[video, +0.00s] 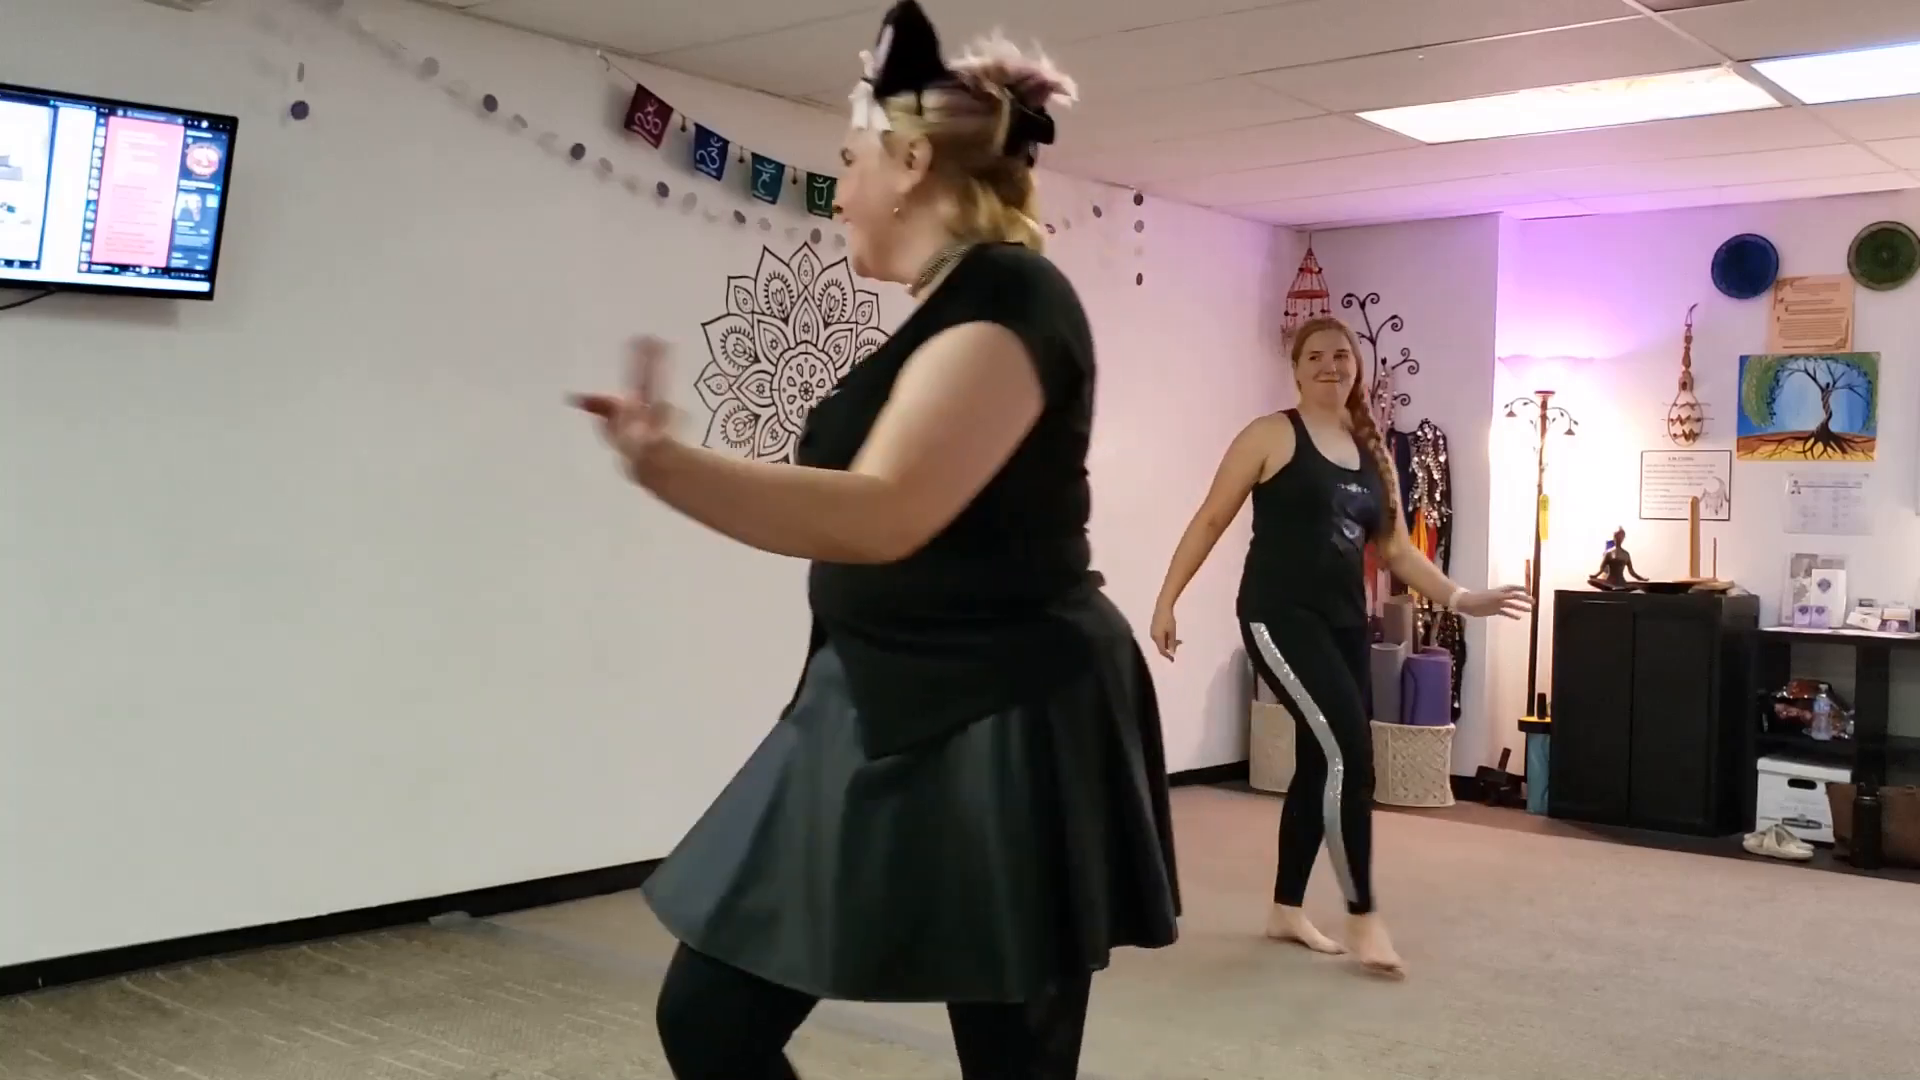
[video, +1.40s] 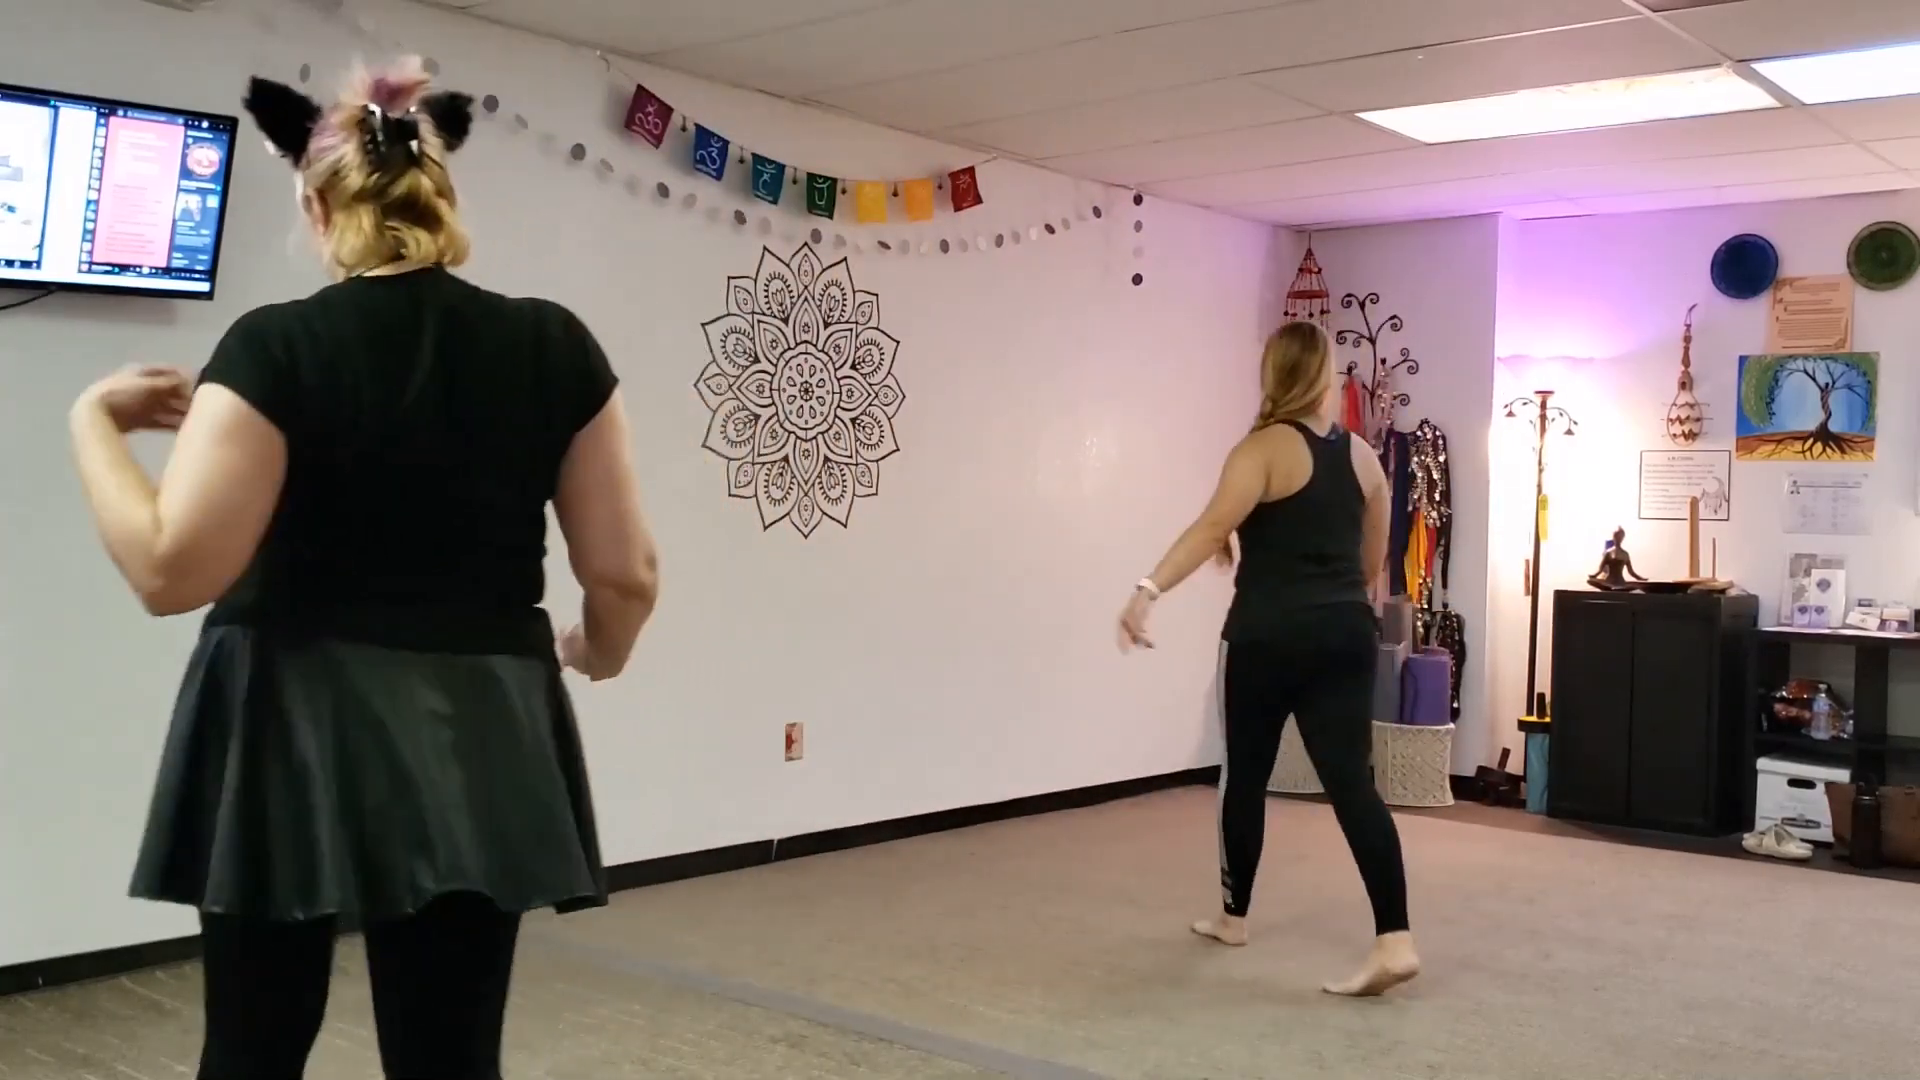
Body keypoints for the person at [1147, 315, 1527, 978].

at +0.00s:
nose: (1329, 363)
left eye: (1340, 353)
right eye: (1315, 355)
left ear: (1358, 369)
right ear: (1296, 370)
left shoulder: (1373, 457)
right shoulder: (1270, 435)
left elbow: (1398, 549)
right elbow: (1210, 521)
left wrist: (1459, 597)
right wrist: (1166, 598)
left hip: (1345, 623)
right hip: (1277, 615)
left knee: (1321, 759)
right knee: (1348, 744)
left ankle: (1286, 907)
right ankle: (1365, 920)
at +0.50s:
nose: (1298, 360)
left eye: (1310, 350)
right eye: (1297, 351)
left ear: (1353, 360)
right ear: (1307, 364)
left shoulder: (1407, 436)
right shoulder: (1290, 447)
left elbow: (1440, 525)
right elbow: (1274, 544)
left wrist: (1416, 577)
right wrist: (1249, 626)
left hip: (1402, 632)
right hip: (1320, 636)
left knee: (1405, 782)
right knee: (1362, 784)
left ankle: (1343, 879)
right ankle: (1391, 948)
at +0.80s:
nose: (1317, 364)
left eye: (1323, 352)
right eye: (1318, 352)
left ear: (1345, 359)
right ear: (1378, 358)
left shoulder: (1376, 430)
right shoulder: (1349, 432)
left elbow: (1386, 537)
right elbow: (1344, 539)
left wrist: (1339, 630)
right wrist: (1316, 627)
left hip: (1386, 626)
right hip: (1351, 625)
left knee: (1317, 768)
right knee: (1354, 789)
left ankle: (1433, 881)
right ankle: (1387, 952)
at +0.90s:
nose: (1402, 362)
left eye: (1325, 346)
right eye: (1399, 350)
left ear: (1335, 354)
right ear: (1386, 358)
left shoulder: (1356, 429)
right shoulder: (1380, 428)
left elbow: (1361, 528)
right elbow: (1371, 530)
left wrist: (1332, 625)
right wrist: (1310, 532)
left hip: (1355, 623)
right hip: (1383, 623)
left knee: (1269, 749)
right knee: (1358, 781)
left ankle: (1372, 885)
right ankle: (1392, 947)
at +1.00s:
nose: (1399, 358)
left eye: (1395, 347)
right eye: (1395, 348)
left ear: (1330, 351)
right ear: (1380, 355)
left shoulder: (1337, 423)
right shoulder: (1387, 430)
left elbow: (1335, 521)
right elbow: (1382, 527)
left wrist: (1311, 613)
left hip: (1341, 617)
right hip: (1393, 619)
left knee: (1251, 736)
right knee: (1367, 783)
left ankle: (1292, 906)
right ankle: (1403, 948)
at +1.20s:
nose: (1377, 376)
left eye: (1373, 365)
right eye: (1374, 365)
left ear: (1309, 368)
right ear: (1363, 370)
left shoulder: (1300, 441)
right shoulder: (1393, 452)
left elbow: (1276, 522)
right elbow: (1404, 541)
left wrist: (1239, 601)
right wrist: (1385, 594)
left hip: (1307, 630)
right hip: (1382, 631)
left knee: (1261, 768)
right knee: (1375, 788)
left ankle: (1204, 884)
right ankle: (1402, 957)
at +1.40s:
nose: (1342, 381)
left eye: (1336, 370)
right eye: (1338, 371)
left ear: (1273, 377)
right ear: (1328, 379)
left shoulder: (1260, 450)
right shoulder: (1362, 457)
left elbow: (1215, 526)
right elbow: (1374, 553)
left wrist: (1148, 589)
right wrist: (1349, 594)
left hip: (1266, 636)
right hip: (1344, 634)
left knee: (1246, 780)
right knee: (1353, 784)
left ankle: (1233, 915)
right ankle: (1395, 939)